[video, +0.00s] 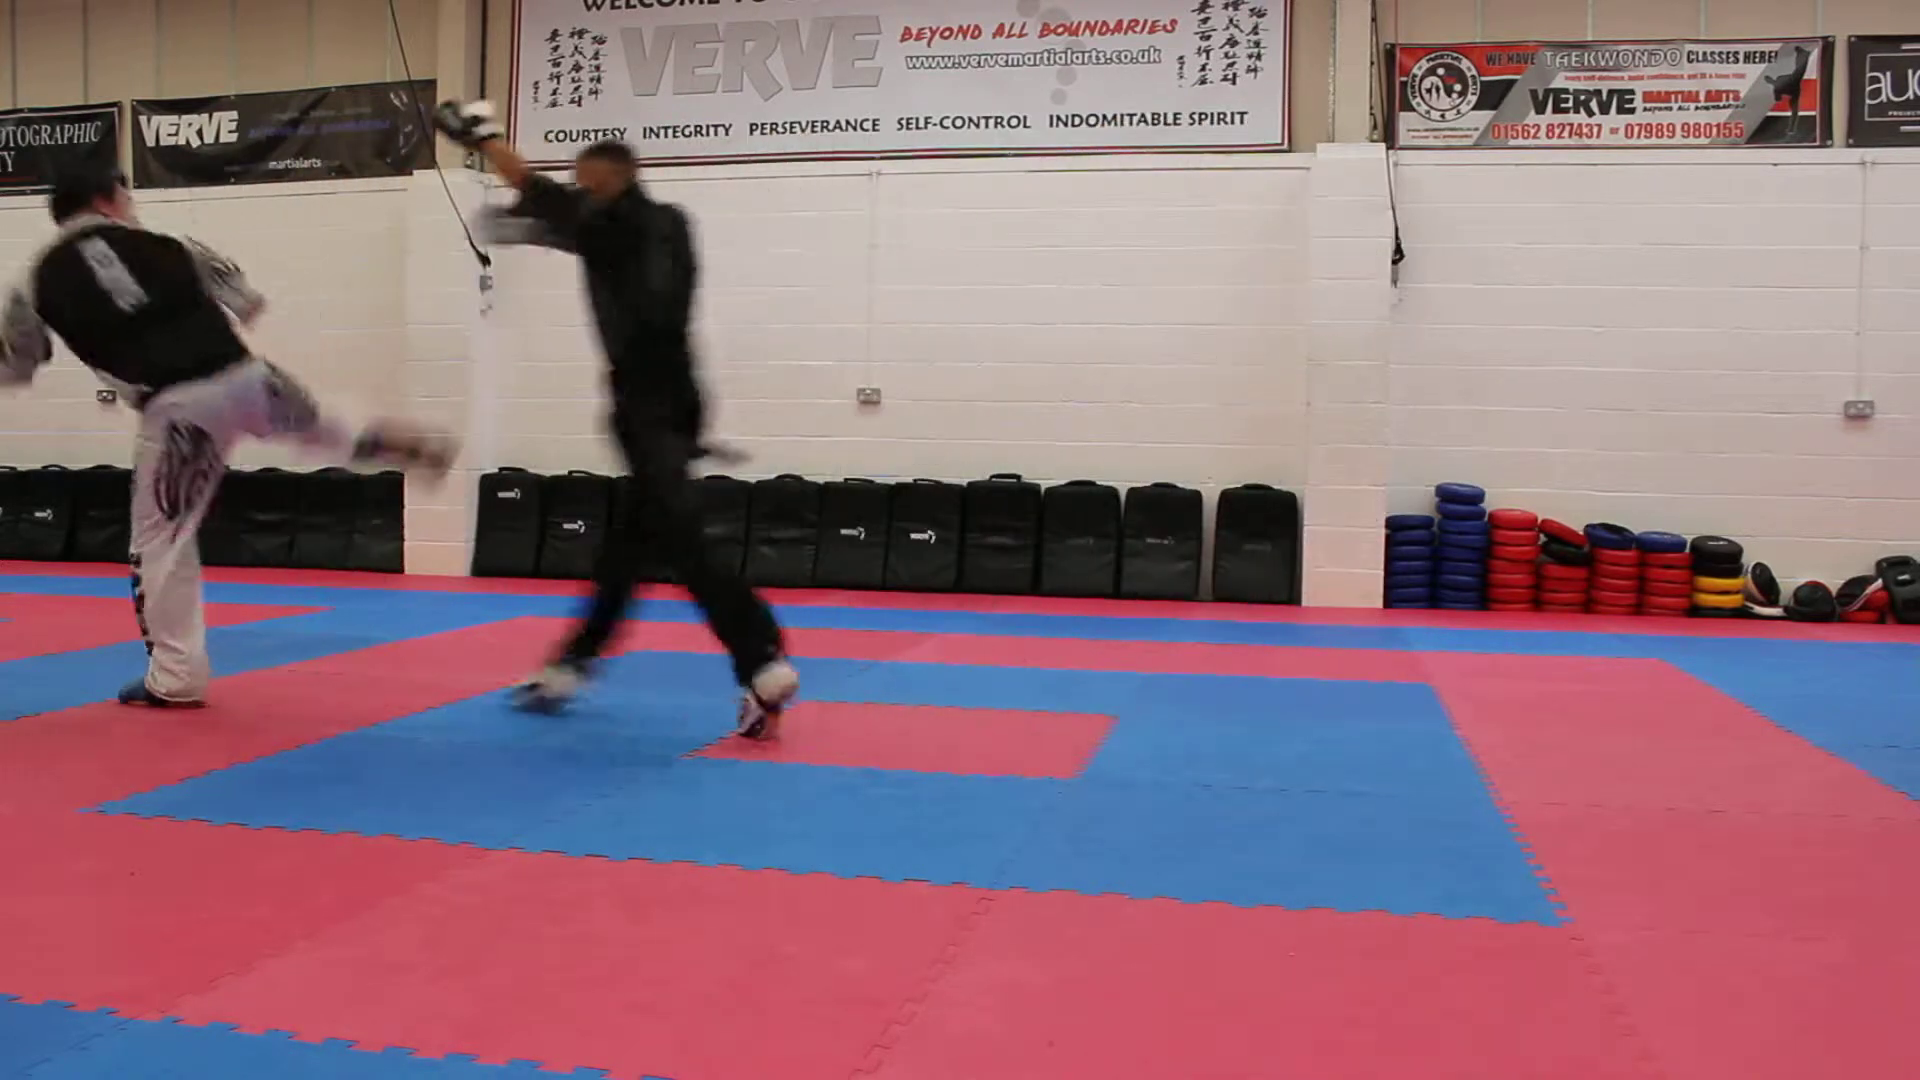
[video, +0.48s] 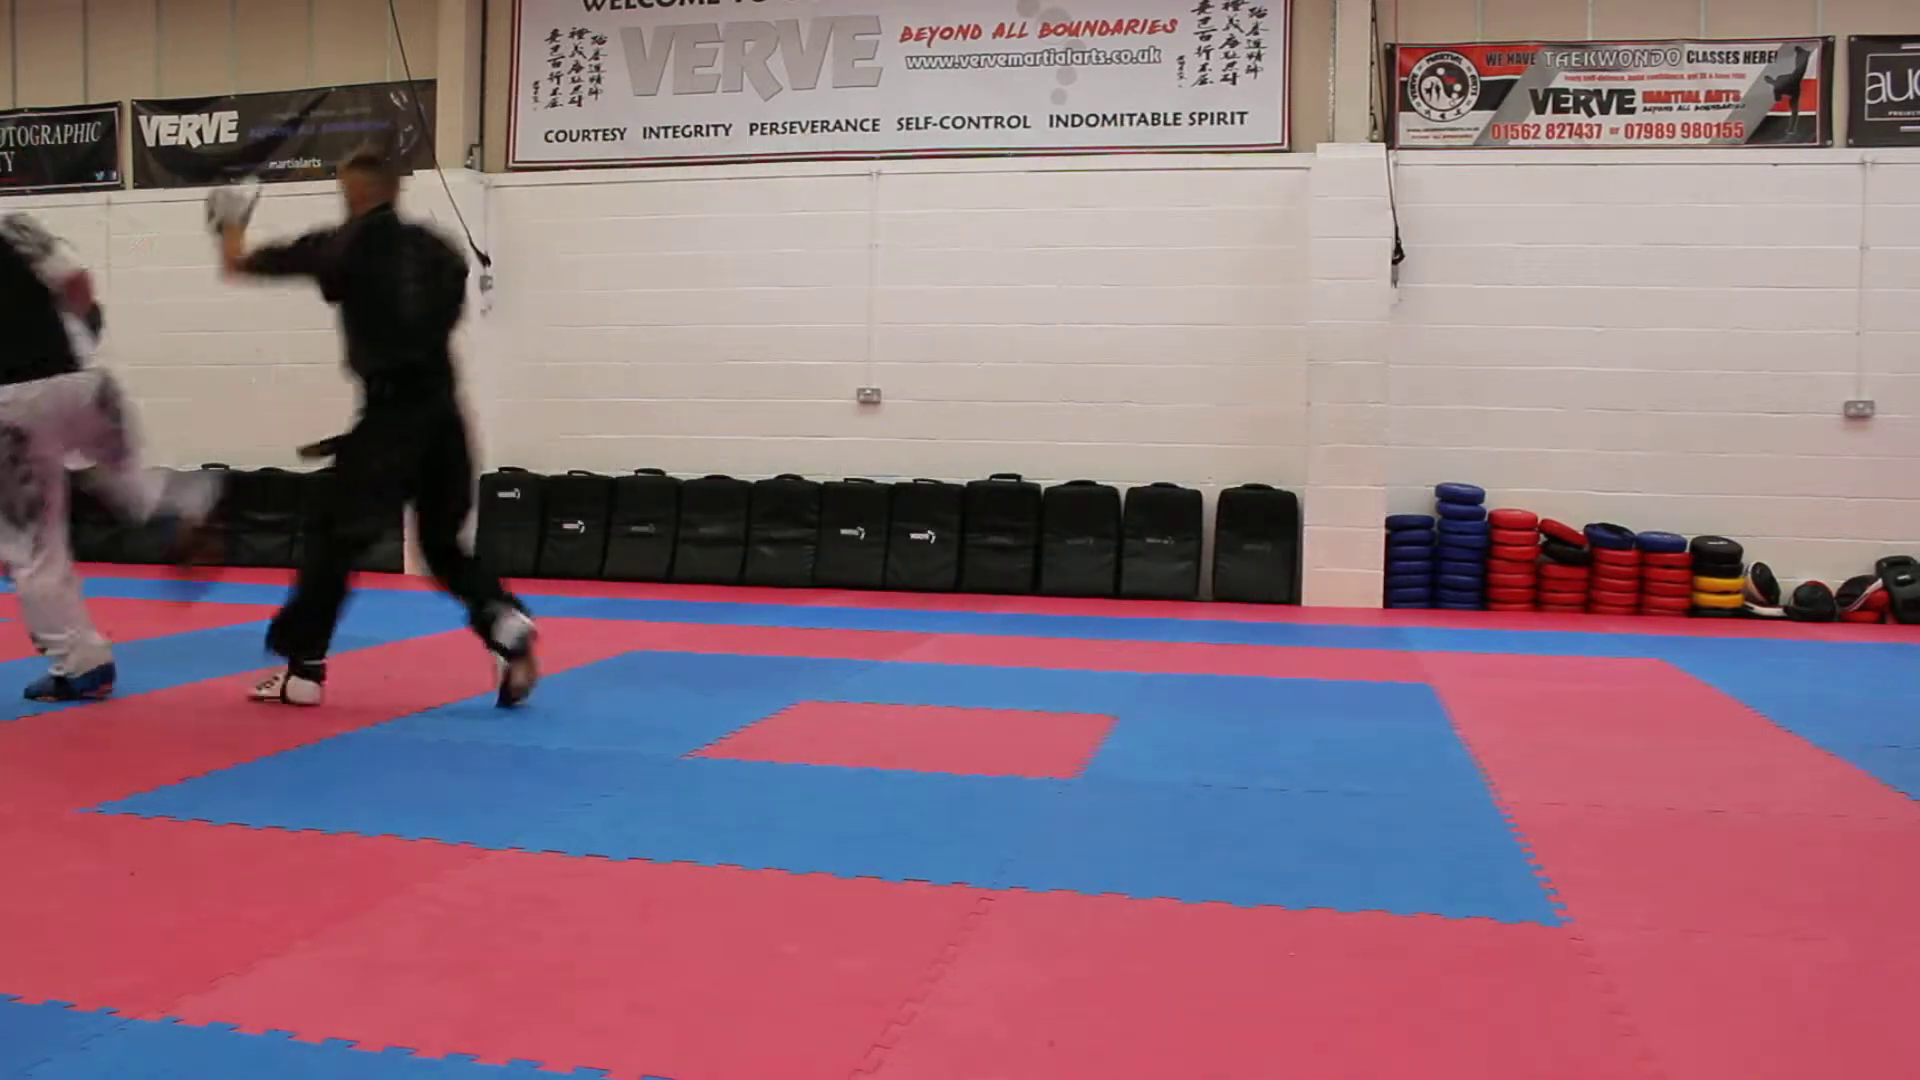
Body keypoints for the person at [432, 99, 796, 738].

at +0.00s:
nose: (582, 190)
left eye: (590, 179)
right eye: (582, 181)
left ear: (619, 174)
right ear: (603, 179)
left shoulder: (636, 222)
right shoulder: (616, 220)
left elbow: (550, 199)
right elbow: (547, 200)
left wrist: (484, 142)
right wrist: (488, 146)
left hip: (657, 408)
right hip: (651, 406)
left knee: (670, 538)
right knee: (631, 542)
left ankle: (764, 665)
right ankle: (570, 664)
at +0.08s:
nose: (543, 188)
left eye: (552, 178)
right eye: (545, 179)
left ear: (579, 182)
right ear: (580, 186)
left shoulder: (573, 229)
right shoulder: (615, 237)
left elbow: (504, 203)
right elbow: (609, 339)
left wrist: (446, 147)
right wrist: (570, 410)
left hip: (603, 411)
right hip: (610, 408)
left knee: (597, 541)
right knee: (561, 535)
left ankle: (697, 645)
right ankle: (540, 674)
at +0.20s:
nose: (478, 173)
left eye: (486, 164)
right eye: (479, 164)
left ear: (510, 167)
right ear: (528, 170)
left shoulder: (499, 214)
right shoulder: (554, 217)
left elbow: (418, 184)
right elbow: (473, 218)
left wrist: (377, 154)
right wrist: (411, 213)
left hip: (546, 396)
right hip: (583, 394)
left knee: (495, 530)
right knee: (551, 530)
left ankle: (555, 632)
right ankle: (538, 672)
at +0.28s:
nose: (436, 159)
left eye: (442, 150)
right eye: (439, 150)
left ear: (459, 155)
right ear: (488, 157)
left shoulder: (451, 203)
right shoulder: (514, 202)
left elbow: (366, 177)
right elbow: (422, 210)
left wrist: (308, 149)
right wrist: (351, 223)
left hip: (504, 382)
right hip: (556, 379)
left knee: (449, 508)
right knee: (553, 517)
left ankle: (460, 641)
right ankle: (547, 654)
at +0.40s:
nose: (379, 180)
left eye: (384, 172)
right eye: (379, 172)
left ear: (400, 166)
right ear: (429, 162)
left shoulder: (387, 213)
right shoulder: (464, 210)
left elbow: (307, 217)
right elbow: (373, 232)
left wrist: (257, 183)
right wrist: (313, 245)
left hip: (441, 400)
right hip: (495, 396)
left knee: (394, 524)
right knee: (503, 524)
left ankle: (328, 640)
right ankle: (530, 638)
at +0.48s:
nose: (346, 193)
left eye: (349, 184)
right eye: (349, 183)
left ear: (356, 187)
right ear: (395, 188)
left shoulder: (344, 246)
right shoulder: (436, 249)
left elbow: (240, 263)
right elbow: (437, 327)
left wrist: (230, 221)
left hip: (387, 430)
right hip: (444, 428)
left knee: (333, 538)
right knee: (441, 543)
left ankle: (304, 668)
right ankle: (507, 626)